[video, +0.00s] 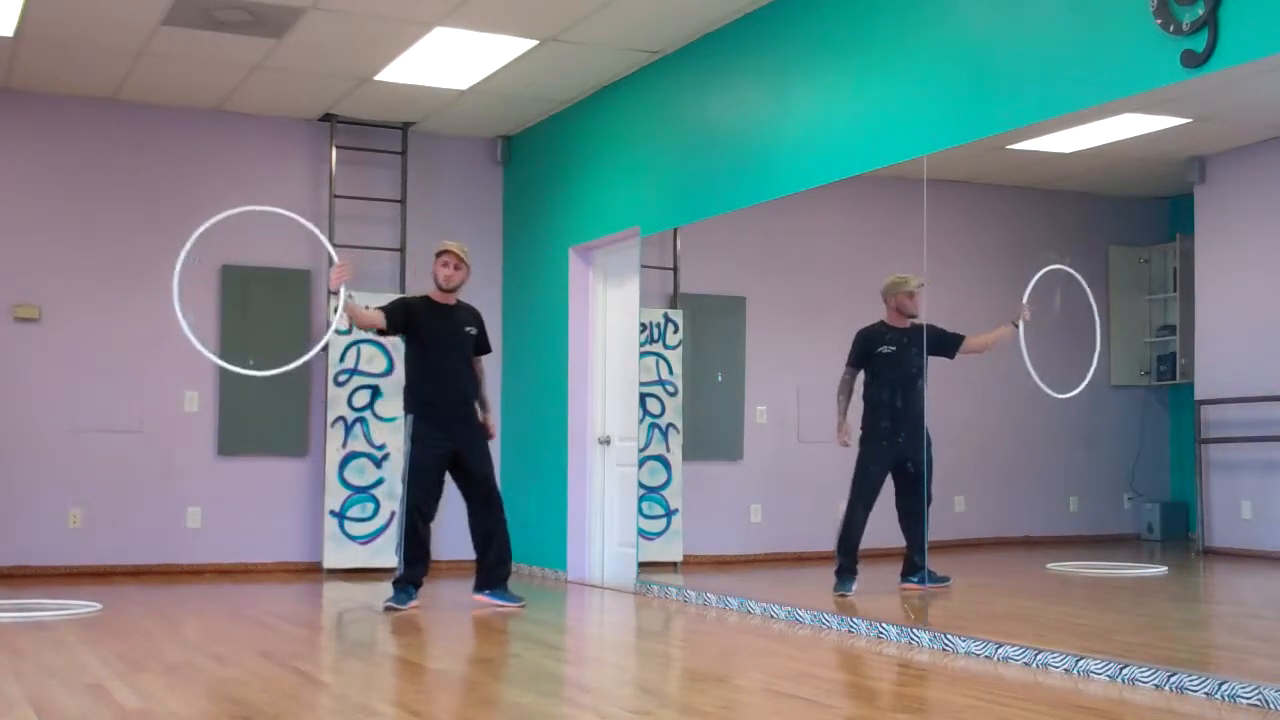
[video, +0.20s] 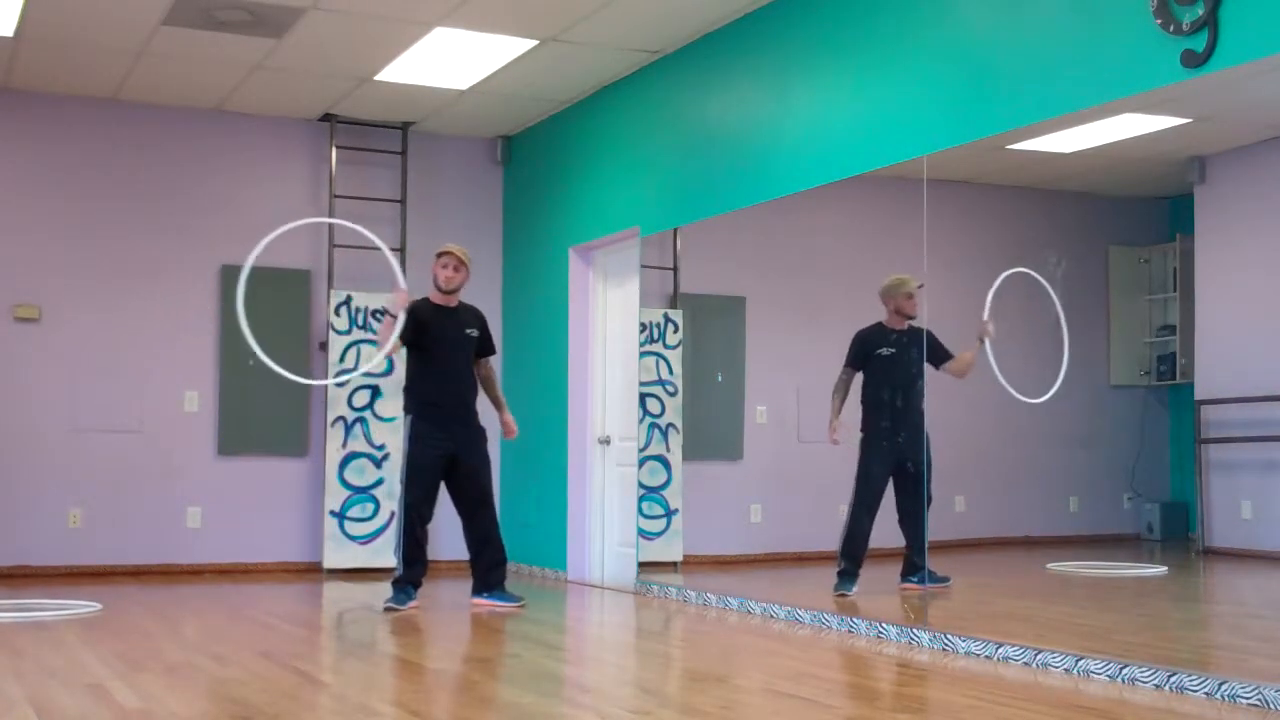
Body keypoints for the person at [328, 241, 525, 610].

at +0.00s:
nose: (449, 270)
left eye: (457, 266)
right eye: (444, 264)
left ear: (465, 275)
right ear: (433, 270)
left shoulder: (470, 316)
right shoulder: (412, 307)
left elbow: (476, 368)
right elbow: (367, 319)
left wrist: (485, 412)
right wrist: (340, 293)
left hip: (467, 423)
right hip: (427, 423)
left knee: (486, 501)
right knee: (418, 505)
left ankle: (491, 584)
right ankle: (407, 585)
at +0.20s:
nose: (450, 272)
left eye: (458, 268)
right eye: (444, 266)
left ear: (466, 277)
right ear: (433, 272)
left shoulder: (473, 317)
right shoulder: (417, 312)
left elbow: (484, 369)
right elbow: (386, 347)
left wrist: (503, 411)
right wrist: (394, 312)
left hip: (466, 426)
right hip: (425, 426)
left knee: (480, 508)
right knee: (415, 509)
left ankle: (488, 586)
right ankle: (406, 586)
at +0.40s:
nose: (441, 274)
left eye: (447, 269)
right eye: (435, 268)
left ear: (457, 276)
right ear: (424, 274)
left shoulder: (472, 315)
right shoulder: (411, 317)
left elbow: (488, 362)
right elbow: (409, 364)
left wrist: (510, 402)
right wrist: (445, 346)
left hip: (471, 428)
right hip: (430, 429)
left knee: (484, 509)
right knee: (418, 511)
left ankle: (493, 587)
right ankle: (406, 587)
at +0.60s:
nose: (459, 273)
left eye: (465, 269)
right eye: (452, 267)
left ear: (472, 276)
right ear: (439, 273)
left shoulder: (484, 316)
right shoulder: (425, 316)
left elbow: (494, 367)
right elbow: (431, 365)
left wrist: (512, 403)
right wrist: (477, 368)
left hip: (475, 425)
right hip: (435, 425)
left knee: (488, 505)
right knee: (421, 505)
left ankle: (497, 586)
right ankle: (407, 585)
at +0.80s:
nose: (475, 275)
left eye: (481, 271)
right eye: (469, 268)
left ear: (486, 279)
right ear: (454, 272)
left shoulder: (486, 320)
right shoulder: (432, 311)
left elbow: (492, 371)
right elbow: (448, 357)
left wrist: (509, 414)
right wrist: (495, 379)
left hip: (473, 423)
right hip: (434, 423)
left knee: (485, 505)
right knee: (419, 505)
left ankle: (495, 586)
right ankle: (405, 585)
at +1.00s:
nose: (488, 276)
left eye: (494, 272)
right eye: (482, 269)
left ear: (497, 280)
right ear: (465, 273)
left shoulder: (496, 321)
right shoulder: (447, 311)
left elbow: (500, 374)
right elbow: (473, 351)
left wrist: (511, 418)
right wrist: (513, 380)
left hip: (487, 420)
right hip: (449, 419)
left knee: (493, 505)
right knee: (432, 503)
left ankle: (494, 585)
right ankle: (411, 584)